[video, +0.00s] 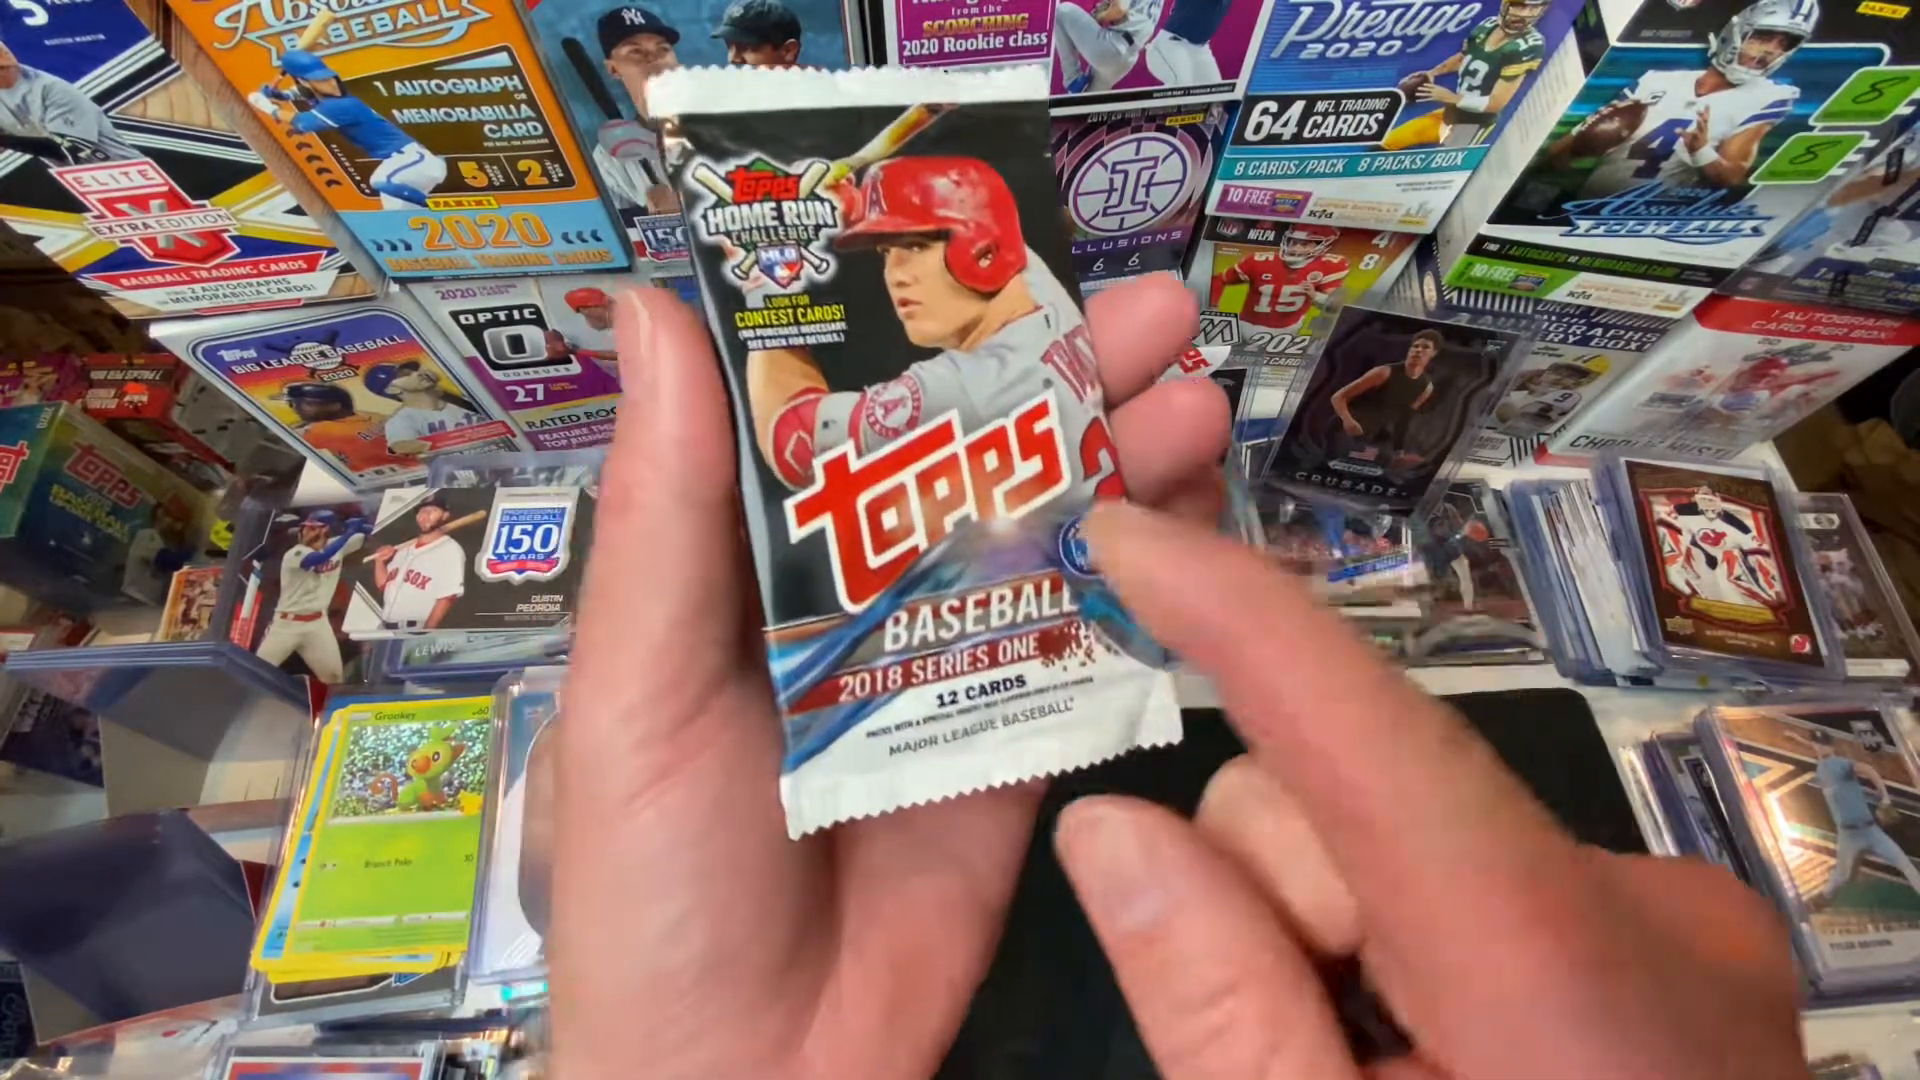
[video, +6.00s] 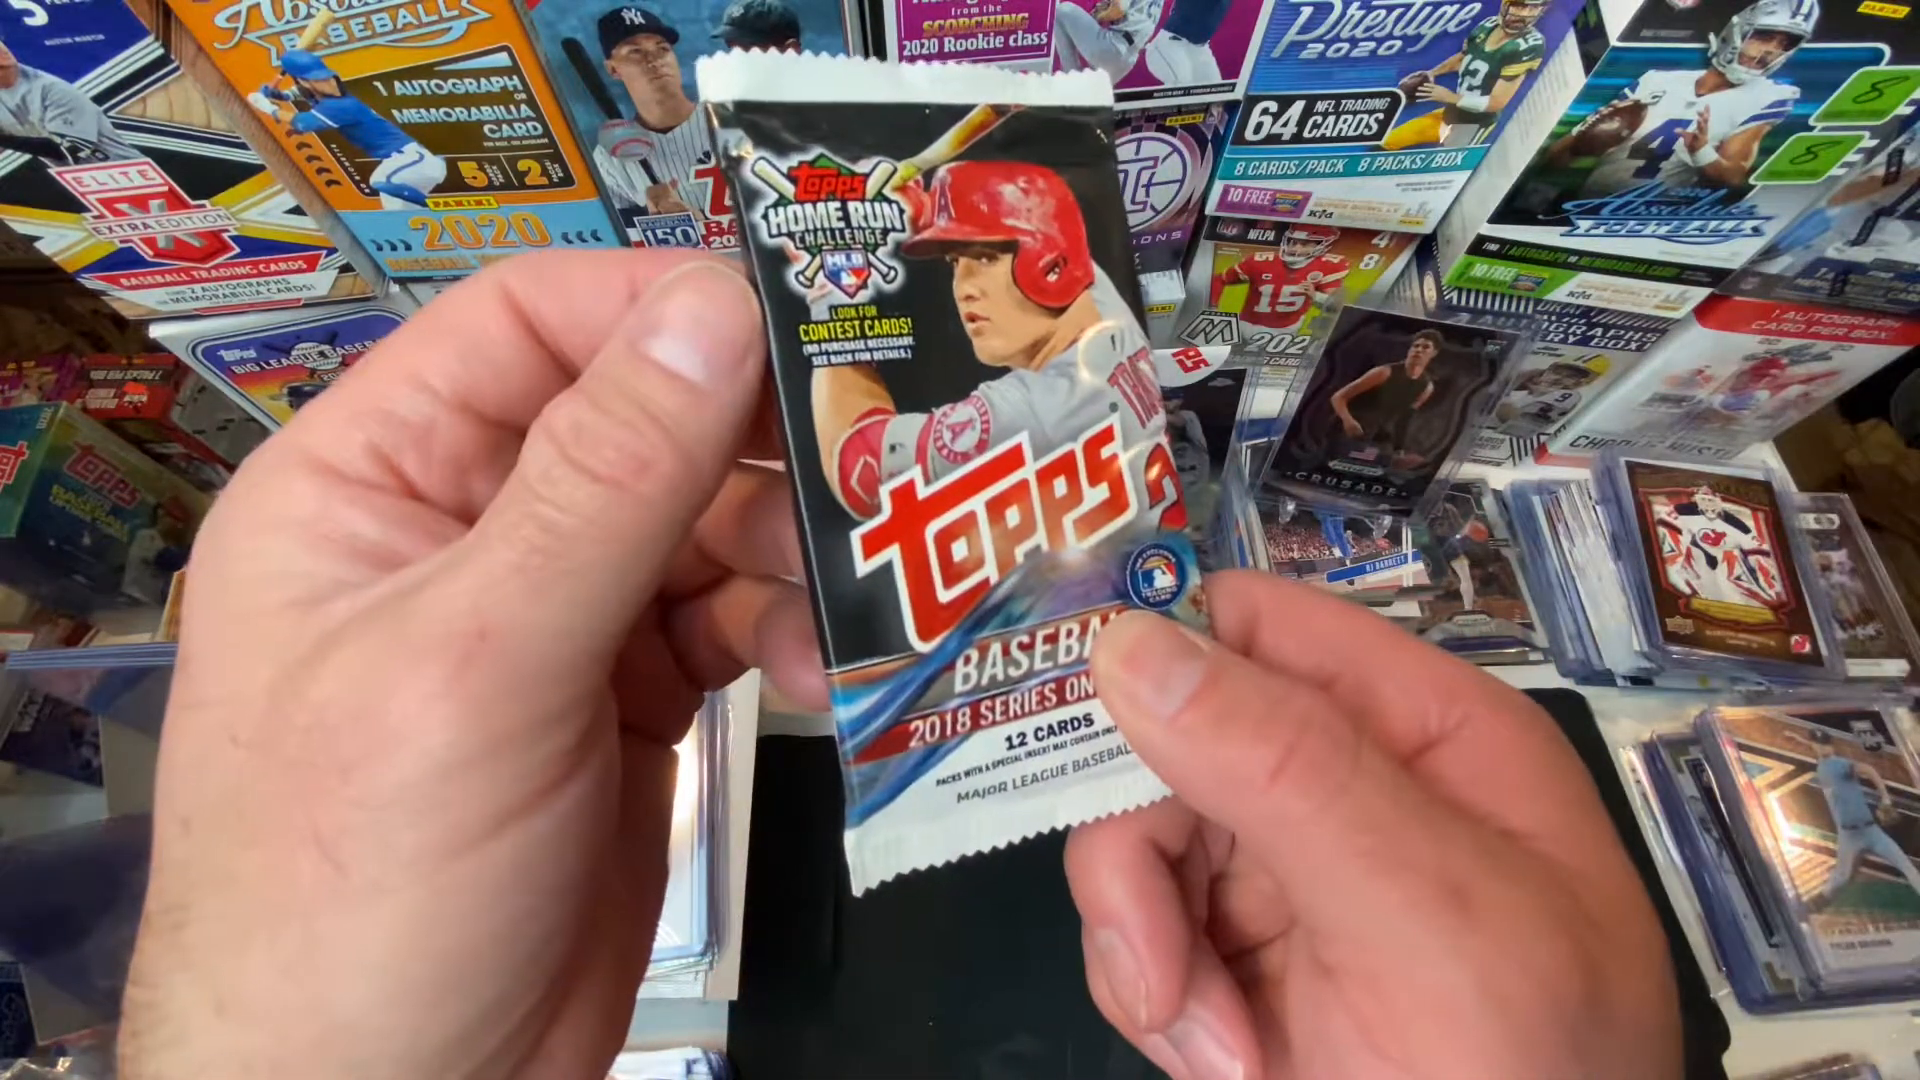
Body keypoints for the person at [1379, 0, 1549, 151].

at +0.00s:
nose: (1521, 14)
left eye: (1531, 7)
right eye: (1516, 5)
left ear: (1542, 11)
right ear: (1503, 5)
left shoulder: (1527, 47)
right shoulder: (1487, 26)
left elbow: (1495, 104)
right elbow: (1463, 58)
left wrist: (1449, 97)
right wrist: (1432, 73)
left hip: (1477, 123)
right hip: (1451, 111)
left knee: (1441, 174)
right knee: (1388, 141)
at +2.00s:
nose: (1520, 14)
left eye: (1530, 7)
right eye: (1515, 5)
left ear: (1542, 10)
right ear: (1503, 4)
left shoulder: (1528, 47)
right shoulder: (1487, 26)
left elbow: (1496, 103)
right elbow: (1463, 58)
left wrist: (1450, 97)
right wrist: (1432, 73)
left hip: (1480, 122)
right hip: (1453, 111)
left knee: (1444, 171)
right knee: (1390, 141)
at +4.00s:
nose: (1520, 13)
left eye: (1530, 7)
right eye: (1515, 5)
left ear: (1542, 11)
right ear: (1503, 5)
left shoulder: (1527, 47)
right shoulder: (1487, 26)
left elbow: (1496, 103)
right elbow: (1464, 57)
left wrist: (1450, 97)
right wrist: (1431, 73)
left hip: (1478, 123)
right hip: (1452, 111)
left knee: (1443, 174)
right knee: (1388, 141)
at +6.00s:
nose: (1517, 13)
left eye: (1528, 7)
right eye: (1514, 5)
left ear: (1541, 10)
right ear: (1503, 4)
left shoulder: (1527, 47)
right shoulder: (1487, 26)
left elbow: (1496, 103)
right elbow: (1462, 58)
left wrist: (1450, 97)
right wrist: (1431, 73)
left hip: (1475, 125)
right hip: (1451, 112)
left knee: (1441, 176)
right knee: (1388, 141)